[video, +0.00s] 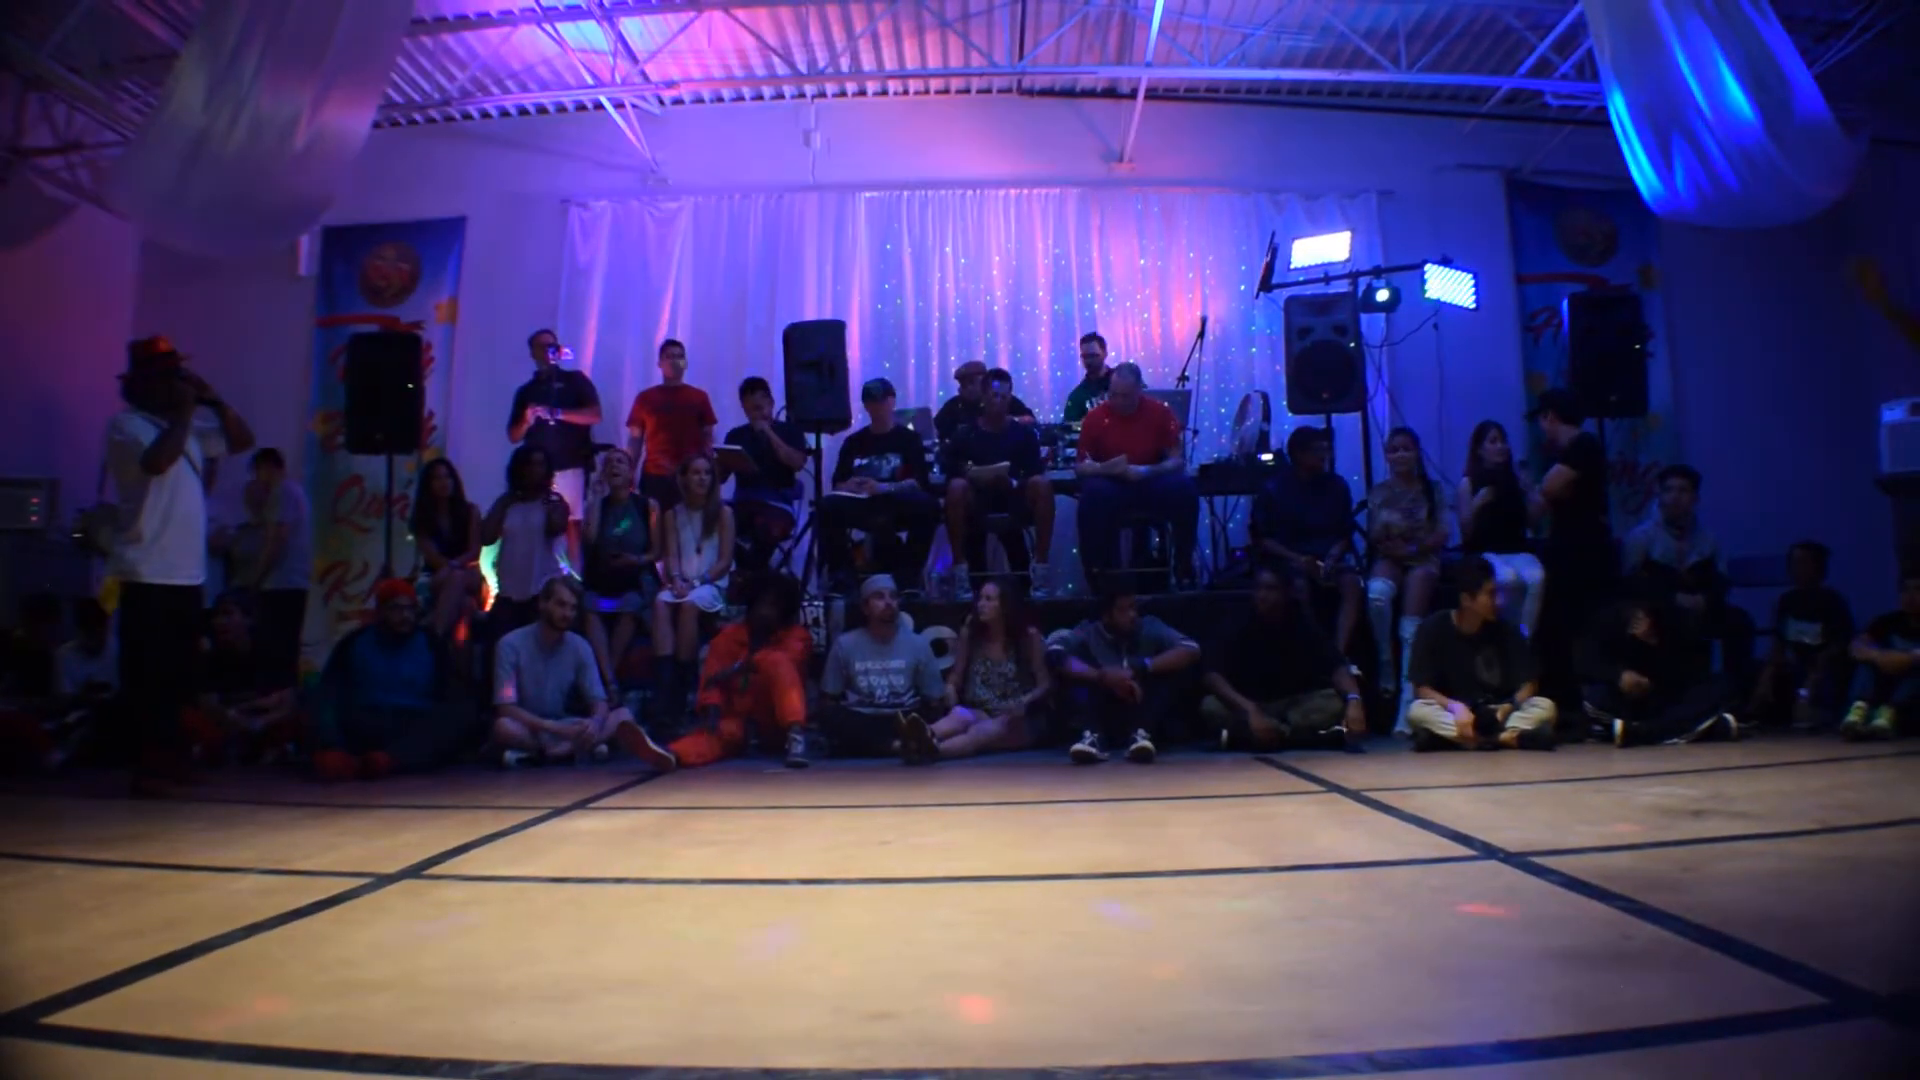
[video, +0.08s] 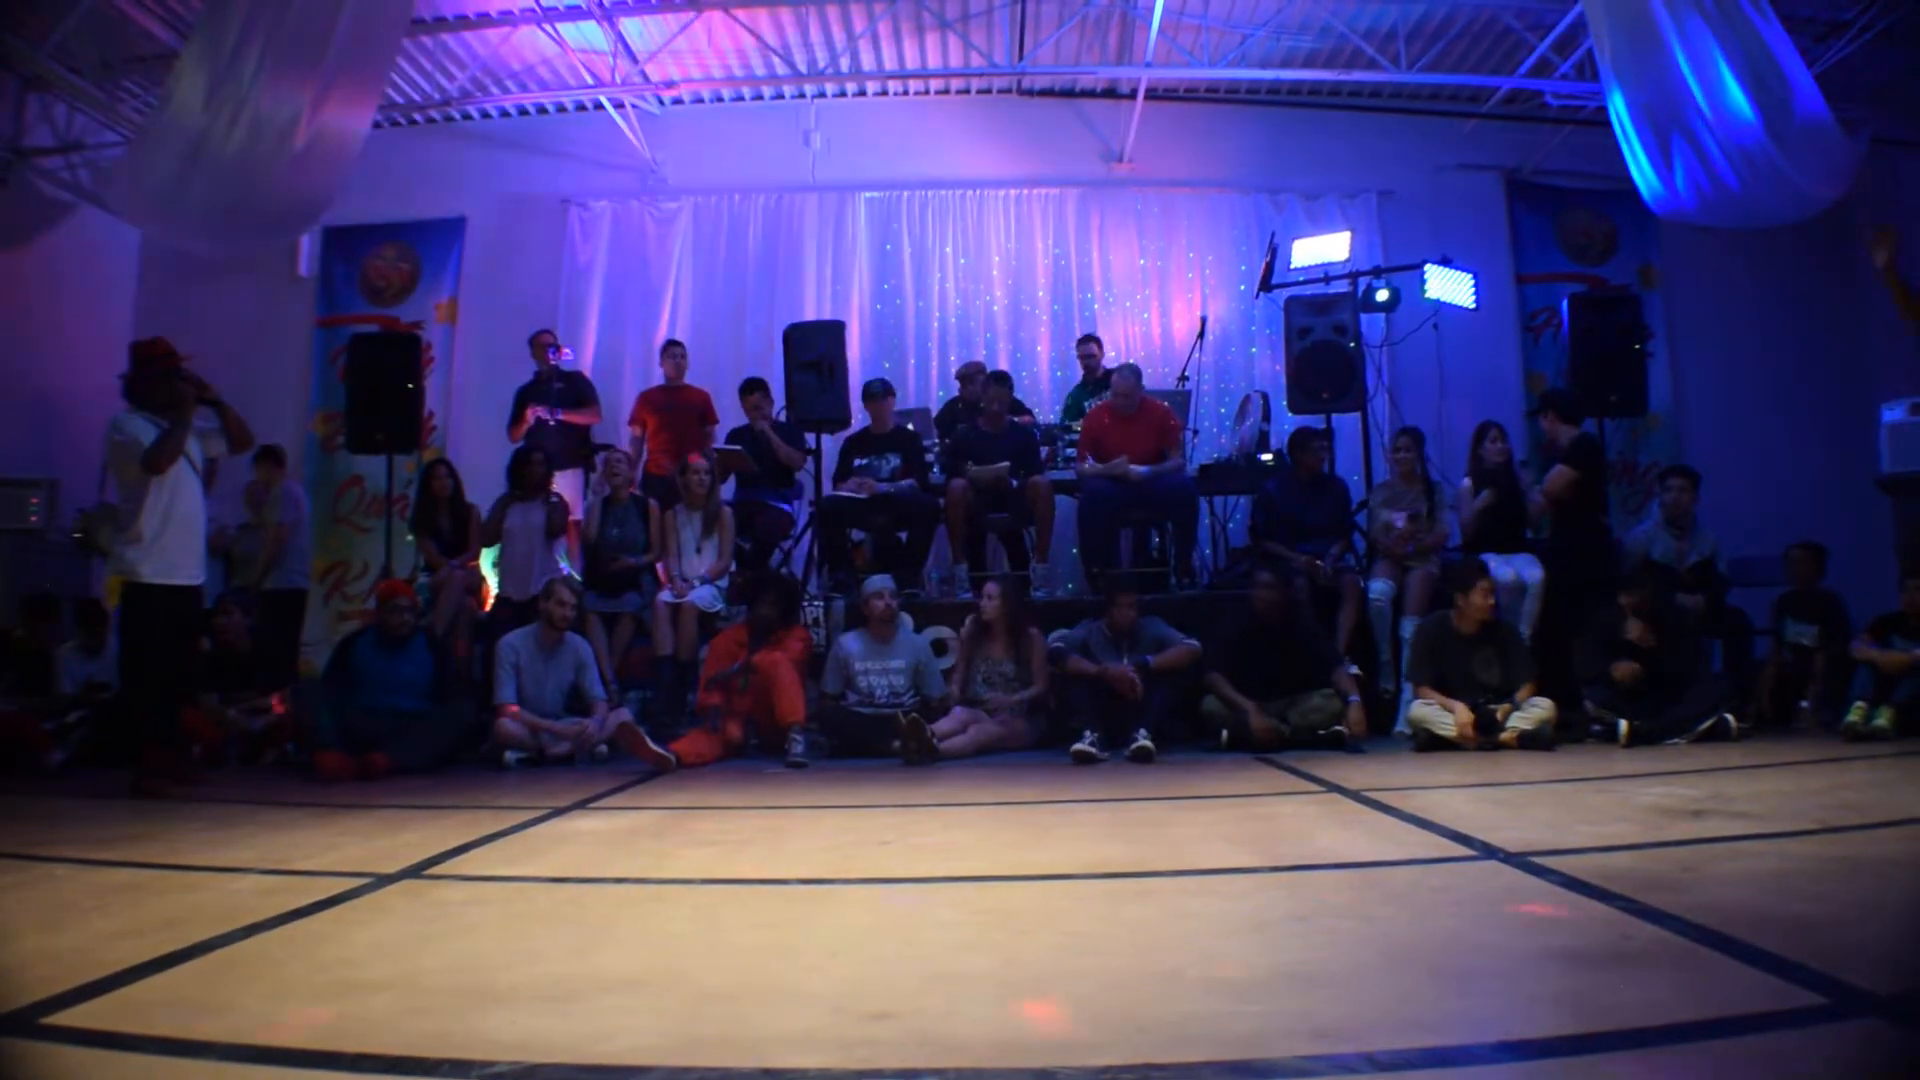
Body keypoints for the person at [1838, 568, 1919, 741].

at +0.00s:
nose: (1911, 597)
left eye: (1915, 591)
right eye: (1907, 591)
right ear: (1901, 594)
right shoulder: (1891, 620)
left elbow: (1912, 656)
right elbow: (1857, 647)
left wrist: (1902, 659)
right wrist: (1882, 657)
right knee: (1867, 663)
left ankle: (1888, 712)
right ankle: (1859, 707)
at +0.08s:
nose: (1911, 597)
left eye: (1915, 591)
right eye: (1907, 591)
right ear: (1901, 594)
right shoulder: (1889, 621)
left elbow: (1912, 657)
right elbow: (1857, 647)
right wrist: (1884, 658)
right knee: (1867, 664)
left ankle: (1889, 712)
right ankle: (1859, 707)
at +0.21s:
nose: (1911, 598)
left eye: (1915, 591)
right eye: (1907, 591)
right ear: (1901, 594)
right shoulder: (1890, 620)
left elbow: (1912, 658)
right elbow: (1857, 647)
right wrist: (1885, 658)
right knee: (1867, 663)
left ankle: (1889, 712)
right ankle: (1860, 707)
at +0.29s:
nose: (1911, 598)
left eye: (1915, 592)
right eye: (1907, 591)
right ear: (1902, 594)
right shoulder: (1891, 620)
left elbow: (1912, 658)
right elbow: (1857, 647)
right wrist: (1885, 658)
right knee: (1867, 665)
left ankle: (1889, 712)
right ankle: (1859, 708)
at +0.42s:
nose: (1912, 598)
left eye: (1915, 592)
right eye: (1909, 592)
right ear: (1904, 595)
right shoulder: (1891, 621)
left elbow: (1911, 659)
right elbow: (1860, 648)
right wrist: (1888, 658)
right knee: (1869, 663)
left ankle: (1890, 712)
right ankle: (1861, 706)